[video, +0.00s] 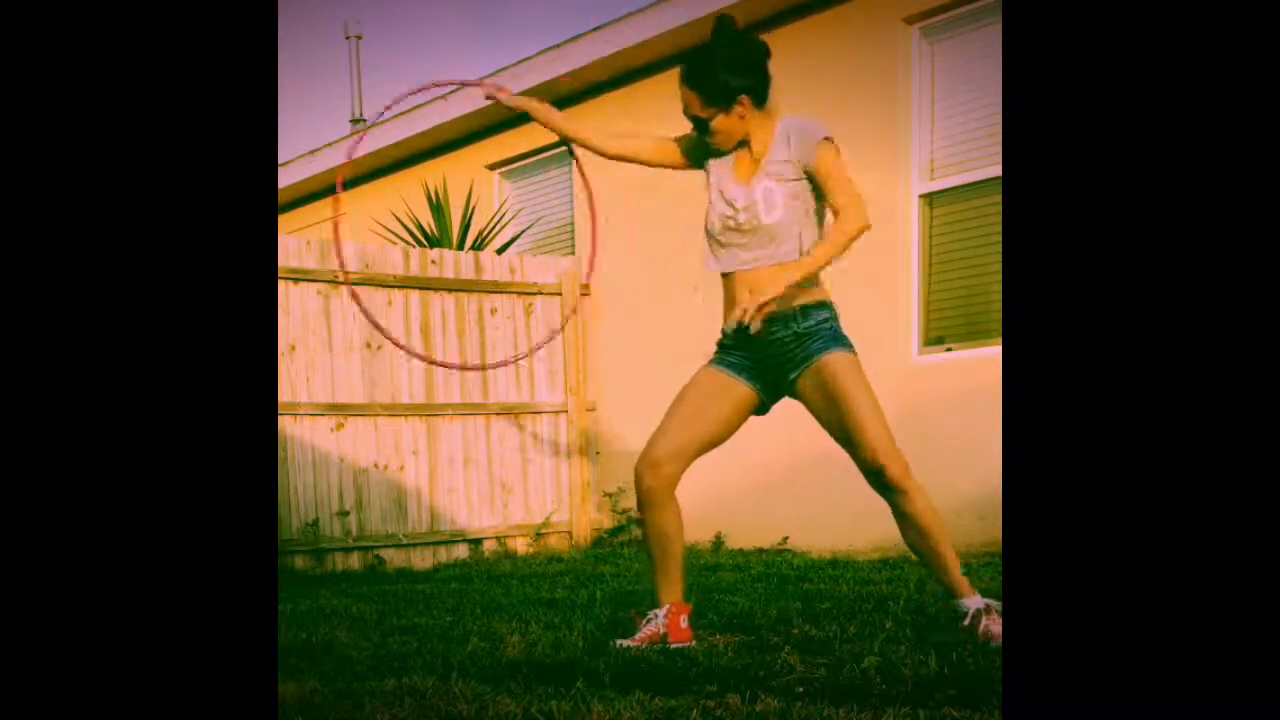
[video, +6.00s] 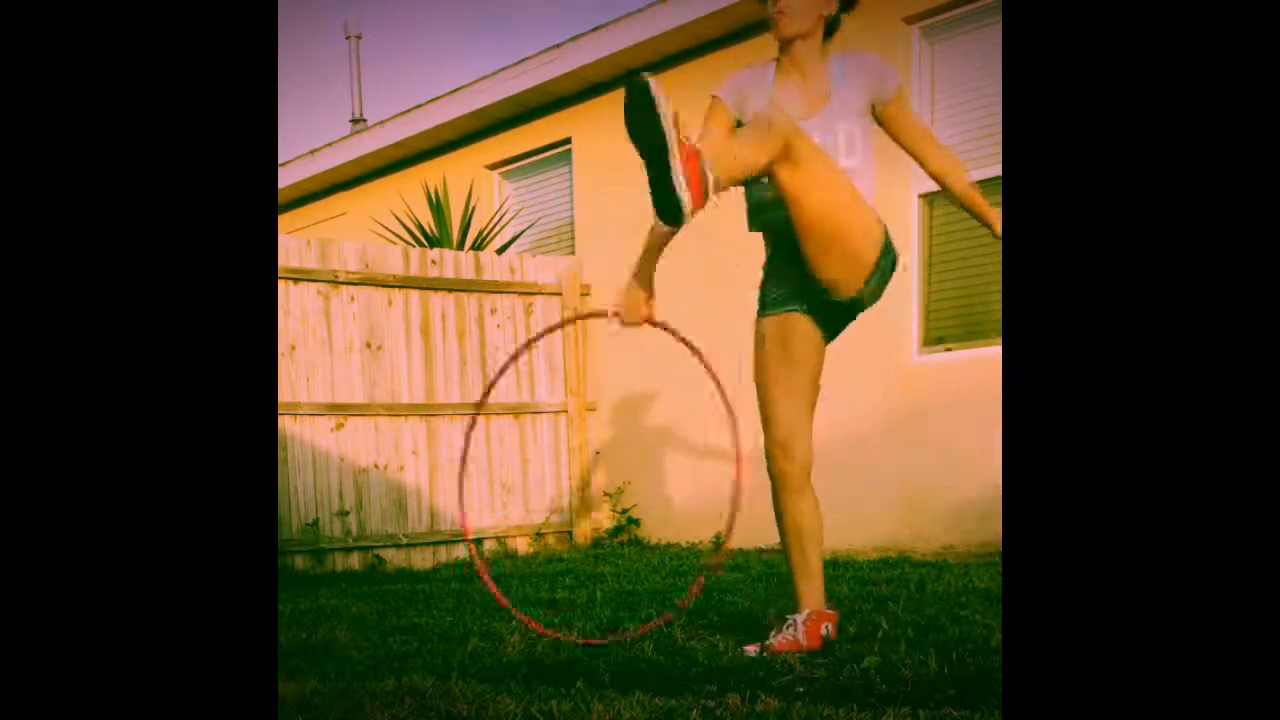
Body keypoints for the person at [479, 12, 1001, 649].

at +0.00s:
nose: (695, 128)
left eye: (701, 116)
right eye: (692, 117)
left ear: (741, 104)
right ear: (726, 107)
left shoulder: (805, 143)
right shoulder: (710, 152)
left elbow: (854, 217)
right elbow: (609, 144)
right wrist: (525, 104)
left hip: (808, 334)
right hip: (738, 351)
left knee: (886, 469)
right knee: (655, 466)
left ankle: (968, 603)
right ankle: (673, 617)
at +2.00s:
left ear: (785, 8)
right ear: (730, 7)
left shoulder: (807, 82)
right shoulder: (700, 48)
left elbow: (811, 156)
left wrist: (730, 129)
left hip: (777, 288)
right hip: (699, 288)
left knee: (774, 460)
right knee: (686, 451)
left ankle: (785, 613)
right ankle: (675, 602)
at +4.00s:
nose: (753, 32)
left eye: (767, 18)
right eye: (739, 18)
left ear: (785, 17)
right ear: (721, 17)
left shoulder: (816, 77)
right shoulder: (696, 93)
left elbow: (893, 163)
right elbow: (617, 184)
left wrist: (878, 100)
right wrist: (615, 107)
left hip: (810, 287)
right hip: (732, 291)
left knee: (802, 459)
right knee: (758, 455)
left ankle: (798, 616)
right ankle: (744, 609)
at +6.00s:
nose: (777, 4)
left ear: (831, 7)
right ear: (767, 10)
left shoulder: (864, 74)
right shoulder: (743, 91)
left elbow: (932, 153)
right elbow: (688, 187)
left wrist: (991, 219)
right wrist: (642, 274)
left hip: (858, 264)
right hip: (786, 275)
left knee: (782, 133)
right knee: (788, 458)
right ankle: (812, 615)